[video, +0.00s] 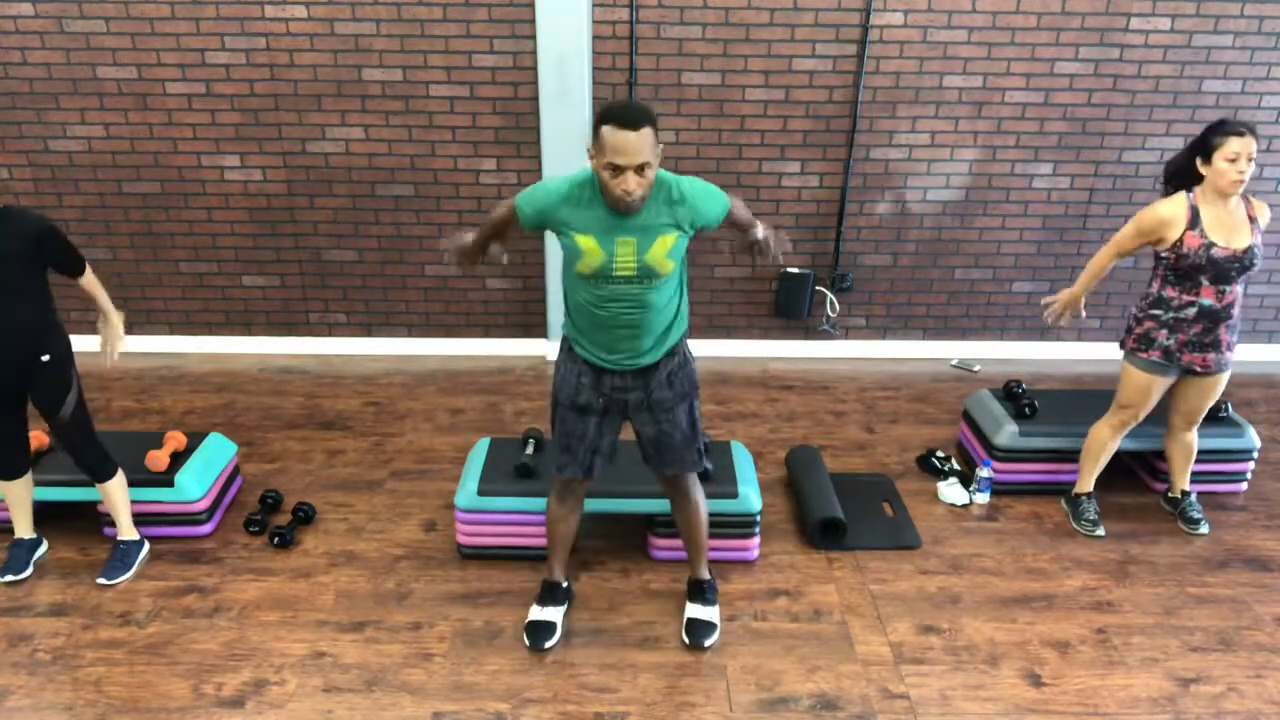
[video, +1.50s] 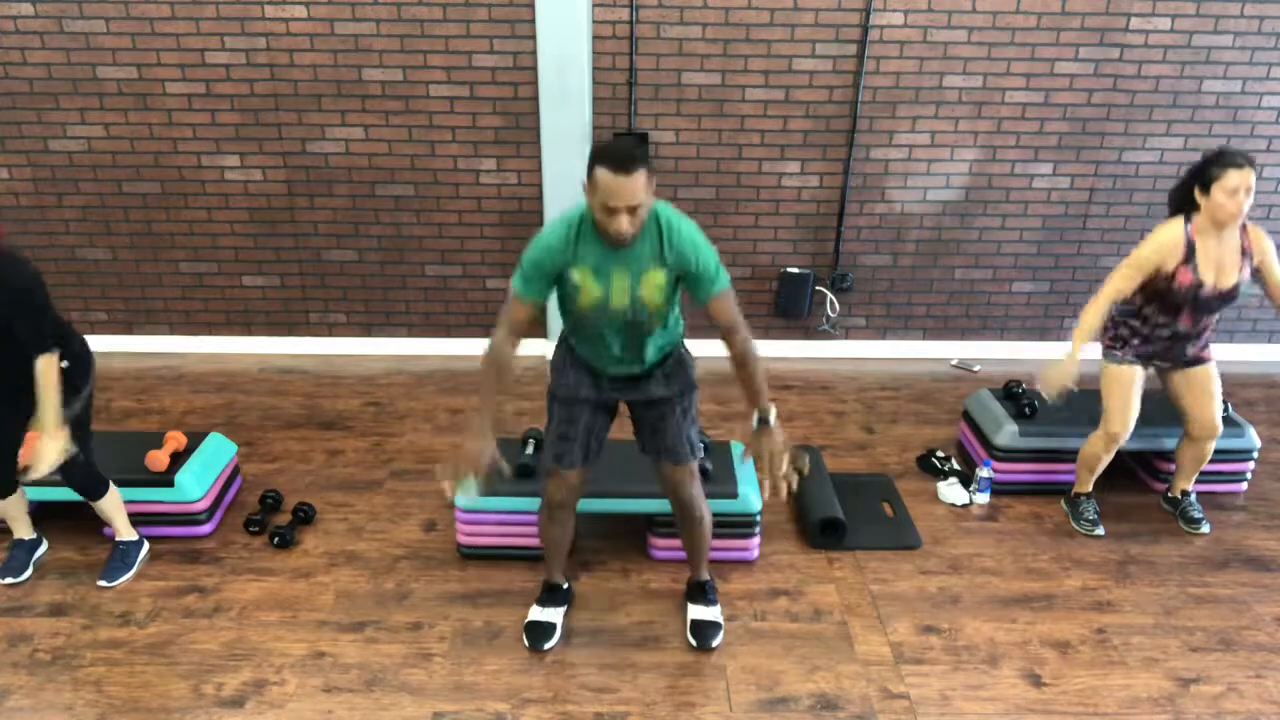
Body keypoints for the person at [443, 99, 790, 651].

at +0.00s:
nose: (629, 183)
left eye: (641, 169)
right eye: (614, 169)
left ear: (659, 156)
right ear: (594, 158)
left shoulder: (687, 197)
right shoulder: (559, 199)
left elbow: (735, 214)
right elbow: (507, 217)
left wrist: (759, 232)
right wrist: (477, 243)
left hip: (662, 367)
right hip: (585, 366)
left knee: (680, 477)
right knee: (568, 479)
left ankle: (701, 584)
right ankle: (555, 585)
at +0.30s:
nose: (631, 184)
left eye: (644, 169)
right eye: (617, 168)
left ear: (659, 161)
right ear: (594, 160)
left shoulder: (686, 209)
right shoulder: (557, 213)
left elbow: (736, 256)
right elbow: (511, 271)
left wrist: (756, 307)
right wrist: (481, 329)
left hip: (663, 370)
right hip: (585, 369)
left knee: (681, 478)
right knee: (568, 480)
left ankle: (702, 582)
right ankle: (554, 585)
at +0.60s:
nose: (628, 306)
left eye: (639, 289)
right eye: (614, 291)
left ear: (655, 274)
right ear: (594, 277)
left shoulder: (684, 308)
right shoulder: (566, 315)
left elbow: (702, 409)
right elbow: (556, 417)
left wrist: (697, 497)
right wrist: (565, 512)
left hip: (662, 399)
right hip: (591, 400)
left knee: (692, 500)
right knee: (558, 501)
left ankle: (703, 586)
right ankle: (555, 587)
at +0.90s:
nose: (625, 435)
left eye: (636, 422)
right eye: (613, 423)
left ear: (652, 399)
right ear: (594, 404)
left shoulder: (682, 422)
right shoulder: (565, 429)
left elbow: (702, 504)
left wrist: (690, 514)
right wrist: (564, 520)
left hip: (659, 464)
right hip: (587, 464)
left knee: (701, 532)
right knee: (544, 537)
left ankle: (702, 588)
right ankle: (554, 591)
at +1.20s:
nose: (624, 372)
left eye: (636, 358)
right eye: (611, 358)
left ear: (653, 344)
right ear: (594, 344)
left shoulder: (679, 373)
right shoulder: (563, 379)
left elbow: (711, 464)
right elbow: (530, 471)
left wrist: (710, 511)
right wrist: (544, 506)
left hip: (657, 442)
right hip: (585, 442)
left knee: (702, 524)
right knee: (547, 526)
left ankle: (702, 589)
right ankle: (553, 592)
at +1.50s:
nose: (622, 224)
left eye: (634, 210)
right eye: (610, 210)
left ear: (651, 192)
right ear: (588, 192)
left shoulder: (680, 238)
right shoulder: (555, 244)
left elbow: (734, 329)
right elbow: (506, 333)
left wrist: (765, 416)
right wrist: (484, 428)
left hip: (659, 367)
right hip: (582, 368)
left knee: (683, 484)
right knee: (561, 486)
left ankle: (701, 586)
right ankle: (554, 588)